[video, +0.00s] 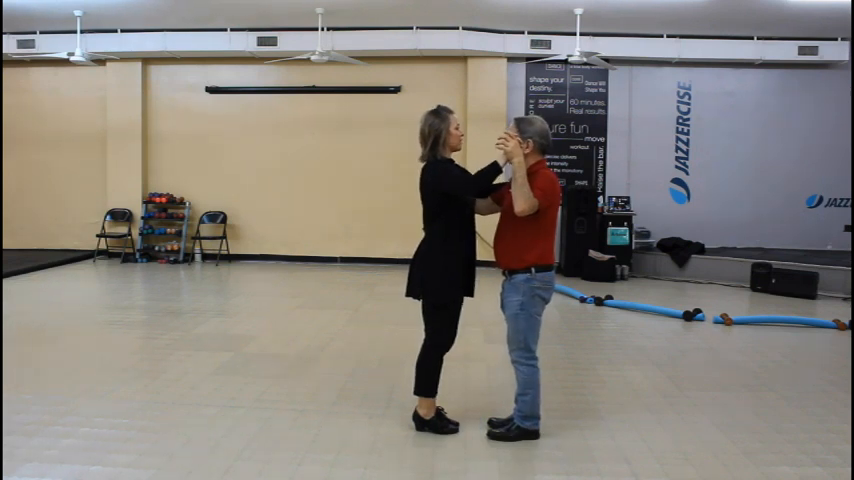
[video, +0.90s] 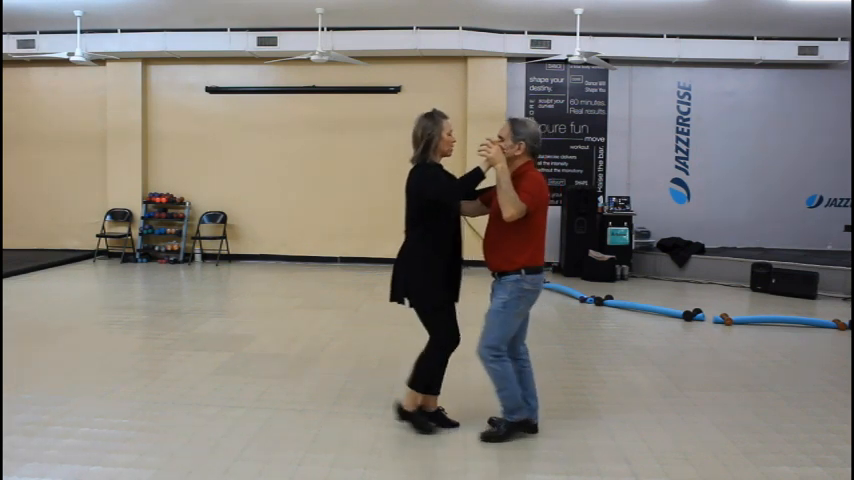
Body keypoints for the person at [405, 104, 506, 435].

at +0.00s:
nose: (462, 133)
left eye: (460, 127)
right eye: (456, 128)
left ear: (441, 133)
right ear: (442, 133)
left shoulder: (442, 167)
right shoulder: (439, 169)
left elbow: (473, 196)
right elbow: (473, 186)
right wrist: (501, 161)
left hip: (444, 267)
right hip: (441, 269)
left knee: (439, 339)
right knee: (437, 340)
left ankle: (427, 407)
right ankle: (424, 411)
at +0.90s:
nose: (453, 139)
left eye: (452, 133)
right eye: (448, 134)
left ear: (432, 138)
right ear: (433, 138)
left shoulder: (436, 173)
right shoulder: (425, 174)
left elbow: (464, 200)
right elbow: (455, 190)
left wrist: (498, 189)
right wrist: (485, 165)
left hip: (435, 270)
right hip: (421, 272)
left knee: (446, 336)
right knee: (445, 337)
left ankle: (429, 406)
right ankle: (410, 404)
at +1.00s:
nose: (446, 138)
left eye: (444, 133)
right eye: (440, 134)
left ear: (423, 140)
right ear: (424, 140)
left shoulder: (429, 176)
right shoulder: (419, 177)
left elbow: (457, 202)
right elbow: (444, 196)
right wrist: (473, 170)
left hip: (431, 274)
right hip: (415, 276)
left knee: (443, 335)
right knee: (437, 336)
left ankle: (428, 406)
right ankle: (376, 392)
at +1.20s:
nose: (424, 141)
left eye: (422, 136)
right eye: (419, 137)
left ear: (403, 144)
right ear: (404, 143)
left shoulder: (409, 180)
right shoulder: (398, 180)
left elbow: (441, 206)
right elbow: (424, 199)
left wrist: (472, 189)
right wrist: (450, 173)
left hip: (414, 278)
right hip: (393, 279)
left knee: (435, 333)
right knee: (378, 347)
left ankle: (427, 407)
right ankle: (321, 400)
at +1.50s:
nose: (406, 145)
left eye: (404, 140)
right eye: (401, 140)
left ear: (386, 144)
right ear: (385, 144)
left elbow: (426, 206)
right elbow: (405, 199)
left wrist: (454, 192)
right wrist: (429, 176)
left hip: (391, 277)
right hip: (366, 277)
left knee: (421, 332)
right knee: (344, 345)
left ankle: (417, 405)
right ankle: (307, 408)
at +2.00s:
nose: (438, 132)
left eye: (435, 126)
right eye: (432, 127)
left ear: (417, 132)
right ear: (418, 132)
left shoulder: (418, 167)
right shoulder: (415, 170)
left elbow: (454, 197)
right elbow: (445, 189)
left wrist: (487, 184)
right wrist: (472, 165)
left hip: (415, 268)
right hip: (416, 270)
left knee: (415, 335)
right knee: (437, 334)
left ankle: (408, 406)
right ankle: (416, 407)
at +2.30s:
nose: (461, 134)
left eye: (459, 129)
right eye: (456, 130)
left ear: (441, 134)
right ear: (441, 134)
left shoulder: (441, 170)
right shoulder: (438, 172)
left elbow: (473, 201)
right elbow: (467, 190)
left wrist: (509, 193)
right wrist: (497, 166)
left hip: (437, 269)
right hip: (439, 271)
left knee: (444, 337)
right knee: (449, 341)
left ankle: (415, 400)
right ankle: (426, 412)